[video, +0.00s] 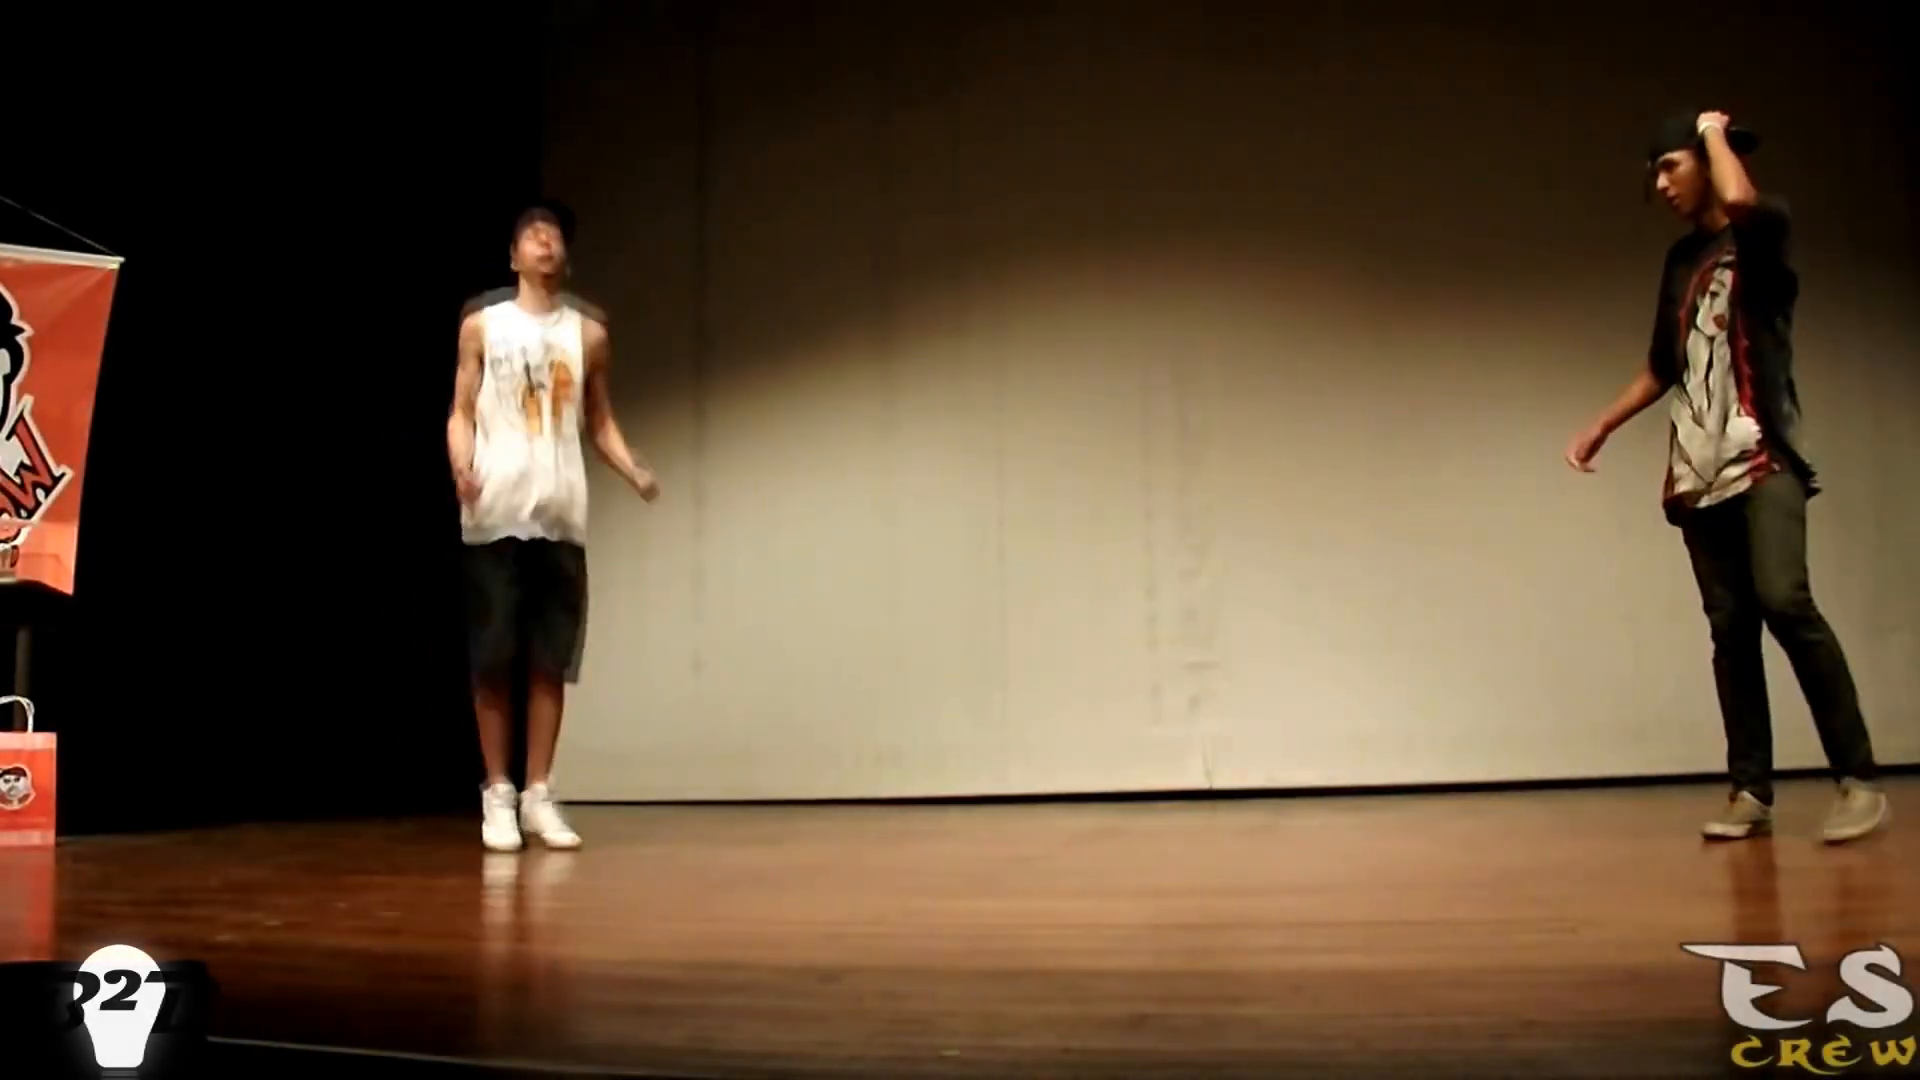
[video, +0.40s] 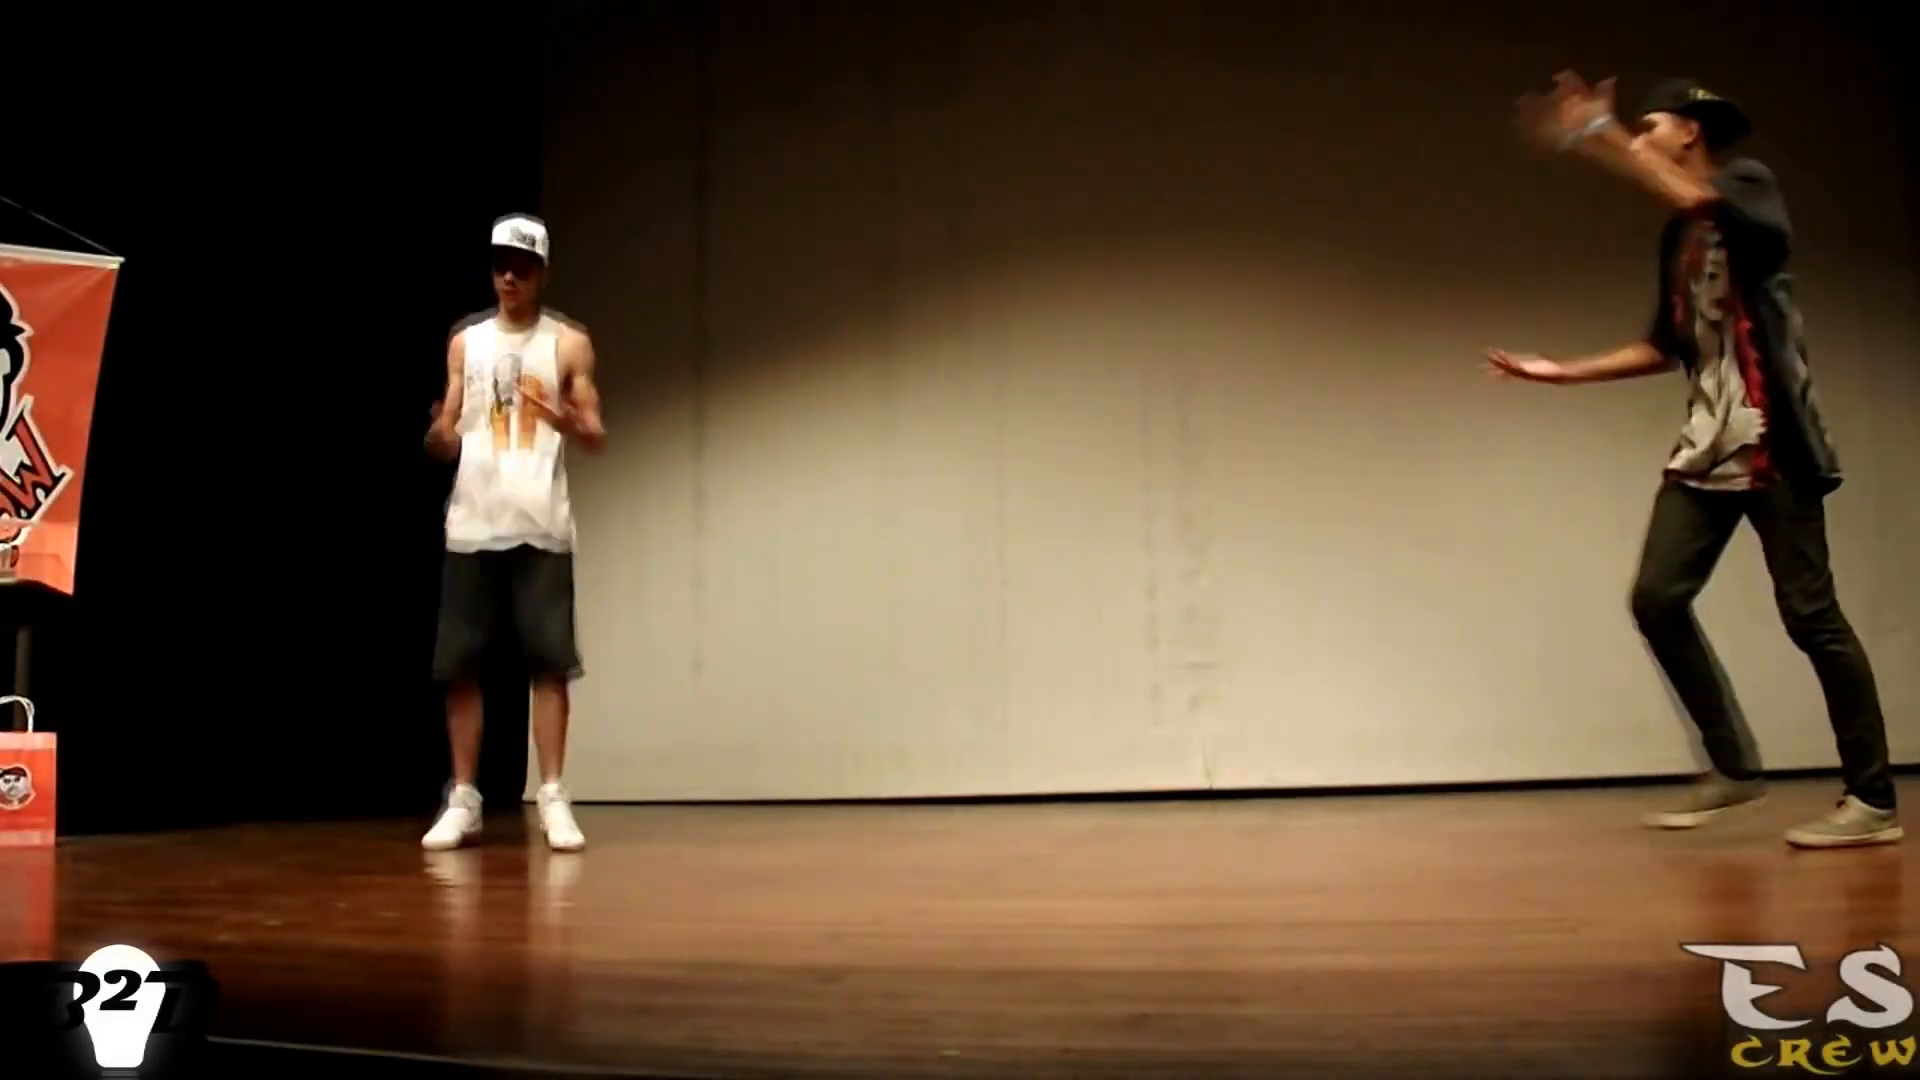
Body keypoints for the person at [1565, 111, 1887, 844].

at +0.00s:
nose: (1661, 184)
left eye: (1671, 169)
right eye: (1657, 173)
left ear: (1710, 167)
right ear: (1665, 184)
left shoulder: (1763, 236)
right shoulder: (1682, 259)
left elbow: (1740, 204)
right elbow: (1660, 370)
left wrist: (1715, 134)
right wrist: (1601, 426)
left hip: (1764, 459)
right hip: (1697, 472)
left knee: (1785, 602)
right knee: (1730, 628)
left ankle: (1859, 783)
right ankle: (1750, 793)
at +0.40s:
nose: (1641, 140)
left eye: (1651, 126)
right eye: (1639, 132)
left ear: (1696, 132)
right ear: (1679, 139)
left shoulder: (1753, 190)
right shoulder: (1678, 231)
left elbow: (1691, 196)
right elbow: (1665, 347)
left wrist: (1601, 133)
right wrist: (1562, 371)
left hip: (1779, 441)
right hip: (1708, 444)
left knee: (1813, 616)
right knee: (1658, 600)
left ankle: (1874, 799)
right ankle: (1736, 775)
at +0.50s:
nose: (1619, 150)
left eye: (1630, 135)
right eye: (1619, 139)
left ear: (1674, 135)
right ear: (1662, 144)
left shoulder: (1731, 188)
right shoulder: (1666, 228)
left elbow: (1641, 208)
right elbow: (1640, 343)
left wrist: (1521, 184)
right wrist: (1533, 363)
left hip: (1769, 438)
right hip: (1701, 444)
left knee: (1809, 615)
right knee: (1647, 604)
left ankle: (1875, 801)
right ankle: (1682, 796)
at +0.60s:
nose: (1588, 158)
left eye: (1600, 143)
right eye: (1589, 146)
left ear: (1644, 143)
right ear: (1632, 152)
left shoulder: (1700, 193)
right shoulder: (1644, 238)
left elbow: (1603, 238)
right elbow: (1608, 343)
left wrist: (1473, 250)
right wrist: (1510, 368)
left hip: (1747, 447)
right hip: (1681, 454)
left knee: (1792, 619)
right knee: (1632, 610)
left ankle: (1872, 798)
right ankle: (1641, 805)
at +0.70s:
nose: (1545, 165)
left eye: (1558, 150)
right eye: (1546, 153)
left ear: (1602, 153)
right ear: (1589, 161)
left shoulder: (1661, 208)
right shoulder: (1614, 247)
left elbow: (1565, 276)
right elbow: (1573, 353)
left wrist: (1442, 301)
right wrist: (1479, 380)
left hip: (1717, 467)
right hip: (1650, 473)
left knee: (1757, 623)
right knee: (1609, 619)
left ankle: (1864, 788)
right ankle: (1637, 811)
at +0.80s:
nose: (1497, 187)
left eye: (1509, 171)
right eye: (1498, 173)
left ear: (1551, 171)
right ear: (1545, 177)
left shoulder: (1614, 219)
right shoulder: (1574, 264)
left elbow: (1528, 296)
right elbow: (1535, 369)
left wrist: (1402, 331)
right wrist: (1434, 397)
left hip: (1673, 468)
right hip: (1617, 474)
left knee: (1661, 622)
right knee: (1580, 627)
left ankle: (1819, 749)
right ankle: (1633, 810)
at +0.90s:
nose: (1452, 233)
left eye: (1458, 213)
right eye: (1449, 219)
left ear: (1499, 200)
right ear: (1492, 208)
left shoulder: (1562, 237)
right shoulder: (1538, 275)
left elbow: (1469, 317)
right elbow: (1485, 388)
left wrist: (1347, 365)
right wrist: (1387, 429)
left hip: (1637, 463)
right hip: (1614, 465)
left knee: (1556, 618)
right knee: (1548, 618)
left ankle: (1711, 737)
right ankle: (1628, 808)